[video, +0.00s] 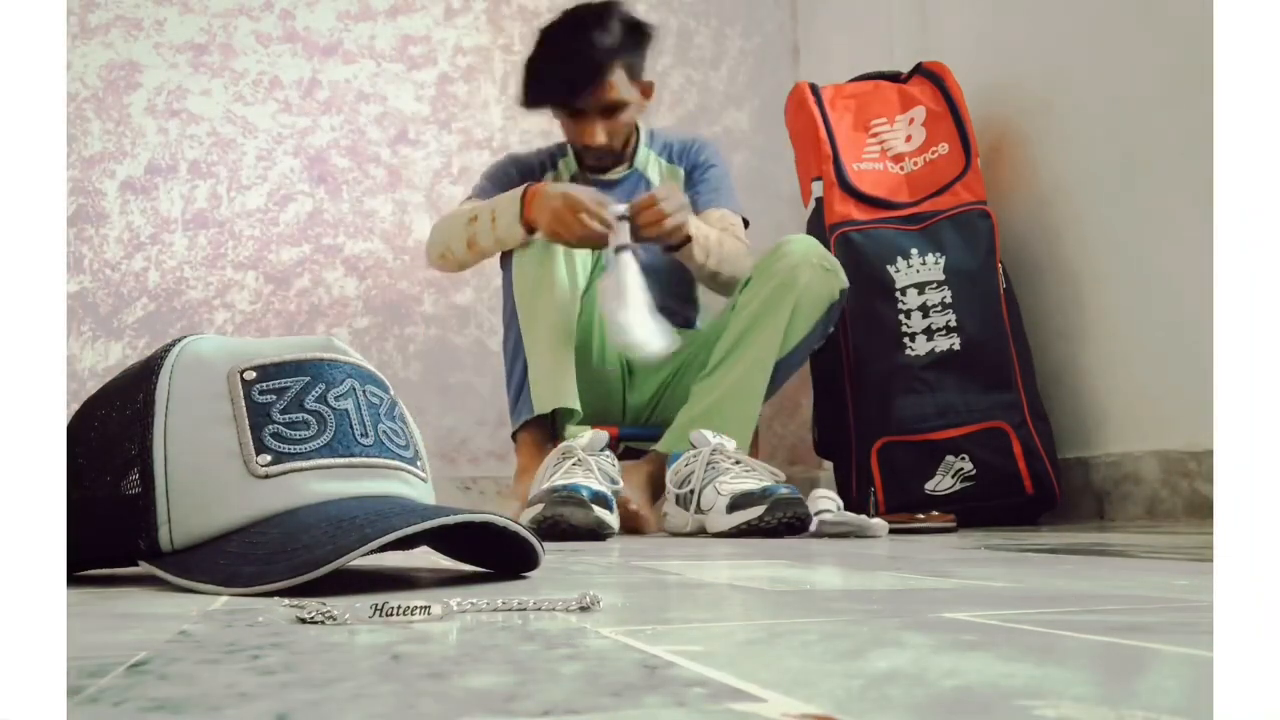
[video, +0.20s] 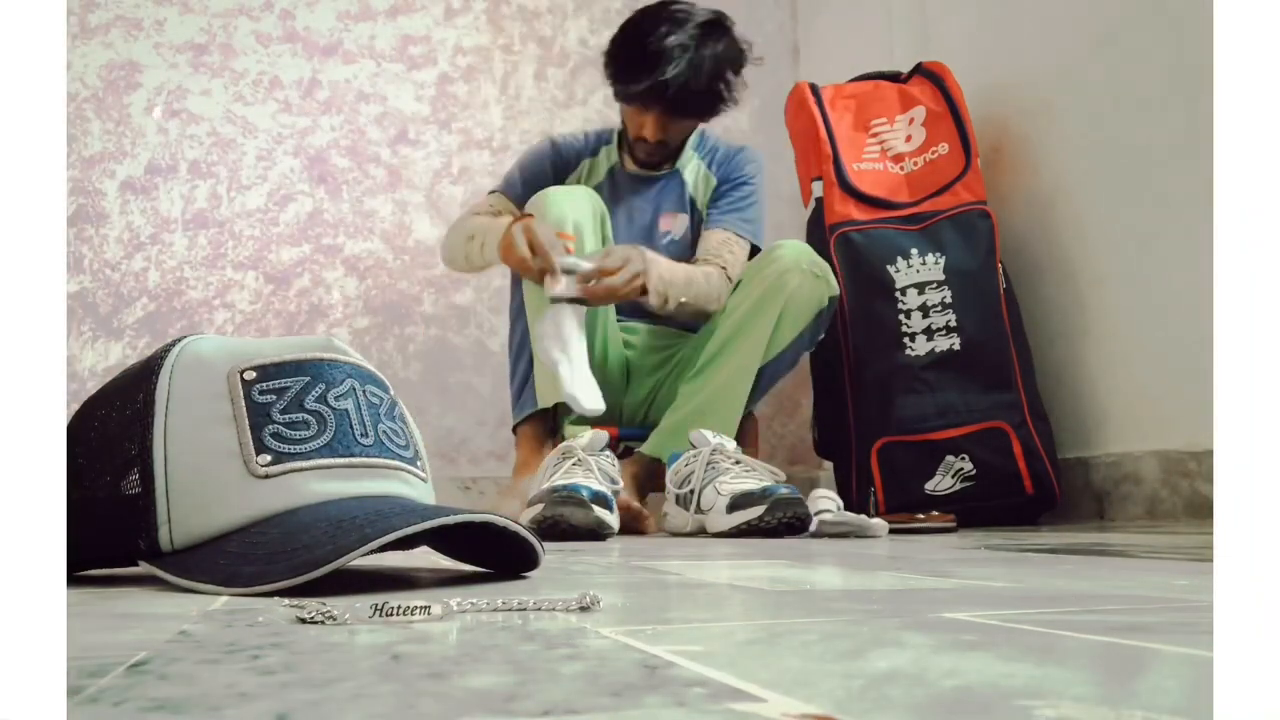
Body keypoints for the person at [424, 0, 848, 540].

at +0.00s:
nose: (594, 136)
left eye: (611, 112)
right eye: (574, 115)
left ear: (645, 96)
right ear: (555, 109)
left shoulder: (692, 161)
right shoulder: (526, 175)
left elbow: (735, 270)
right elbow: (442, 250)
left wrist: (684, 234)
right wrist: (530, 207)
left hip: (675, 378)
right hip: (578, 378)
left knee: (810, 260)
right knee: (540, 223)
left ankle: (675, 465)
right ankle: (551, 456)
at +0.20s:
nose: (651, 130)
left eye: (675, 114)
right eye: (638, 105)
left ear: (706, 110)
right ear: (618, 90)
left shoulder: (731, 168)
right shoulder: (561, 157)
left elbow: (718, 287)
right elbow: (458, 242)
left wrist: (649, 273)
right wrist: (506, 236)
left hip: (685, 369)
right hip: (587, 360)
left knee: (799, 266)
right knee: (563, 204)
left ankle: (644, 473)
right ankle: (569, 455)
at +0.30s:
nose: (662, 125)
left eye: (687, 110)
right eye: (651, 99)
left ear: (721, 107)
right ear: (631, 77)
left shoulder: (743, 172)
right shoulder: (571, 152)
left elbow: (712, 294)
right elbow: (473, 246)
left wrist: (627, 297)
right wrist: (495, 259)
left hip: (680, 374)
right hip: (588, 369)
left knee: (813, 275)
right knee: (566, 202)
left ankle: (658, 471)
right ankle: (545, 456)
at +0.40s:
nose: (657, 114)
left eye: (684, 99)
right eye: (647, 87)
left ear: (717, 102)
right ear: (625, 69)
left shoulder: (739, 170)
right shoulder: (563, 154)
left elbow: (712, 296)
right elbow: (495, 260)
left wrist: (615, 328)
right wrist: (481, 281)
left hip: (675, 381)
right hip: (583, 378)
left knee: (806, 271)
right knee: (567, 202)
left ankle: (654, 472)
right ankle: (543, 457)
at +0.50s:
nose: (642, 105)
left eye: (671, 89)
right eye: (632, 76)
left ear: (706, 97)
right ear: (610, 65)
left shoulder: (733, 167)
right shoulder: (554, 158)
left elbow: (701, 301)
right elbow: (493, 278)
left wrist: (596, 344)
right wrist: (488, 323)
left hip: (671, 383)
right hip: (577, 383)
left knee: (800, 267)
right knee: (559, 204)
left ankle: (660, 467)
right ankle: (570, 453)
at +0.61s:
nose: (617, 103)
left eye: (644, 86)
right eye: (606, 76)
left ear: (687, 92)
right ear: (589, 68)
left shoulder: (721, 163)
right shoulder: (544, 161)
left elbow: (685, 304)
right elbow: (494, 283)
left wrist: (581, 383)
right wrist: (479, 358)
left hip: (670, 379)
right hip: (574, 371)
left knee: (797, 265)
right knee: (547, 203)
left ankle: (643, 474)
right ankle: (563, 454)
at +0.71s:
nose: (609, 106)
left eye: (635, 88)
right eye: (595, 79)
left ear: (681, 91)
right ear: (578, 72)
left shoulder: (719, 164)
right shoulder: (537, 166)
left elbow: (682, 313)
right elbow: (490, 296)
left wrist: (574, 396)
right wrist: (486, 378)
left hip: (673, 376)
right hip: (573, 369)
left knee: (795, 264)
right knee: (541, 202)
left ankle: (662, 468)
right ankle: (561, 457)